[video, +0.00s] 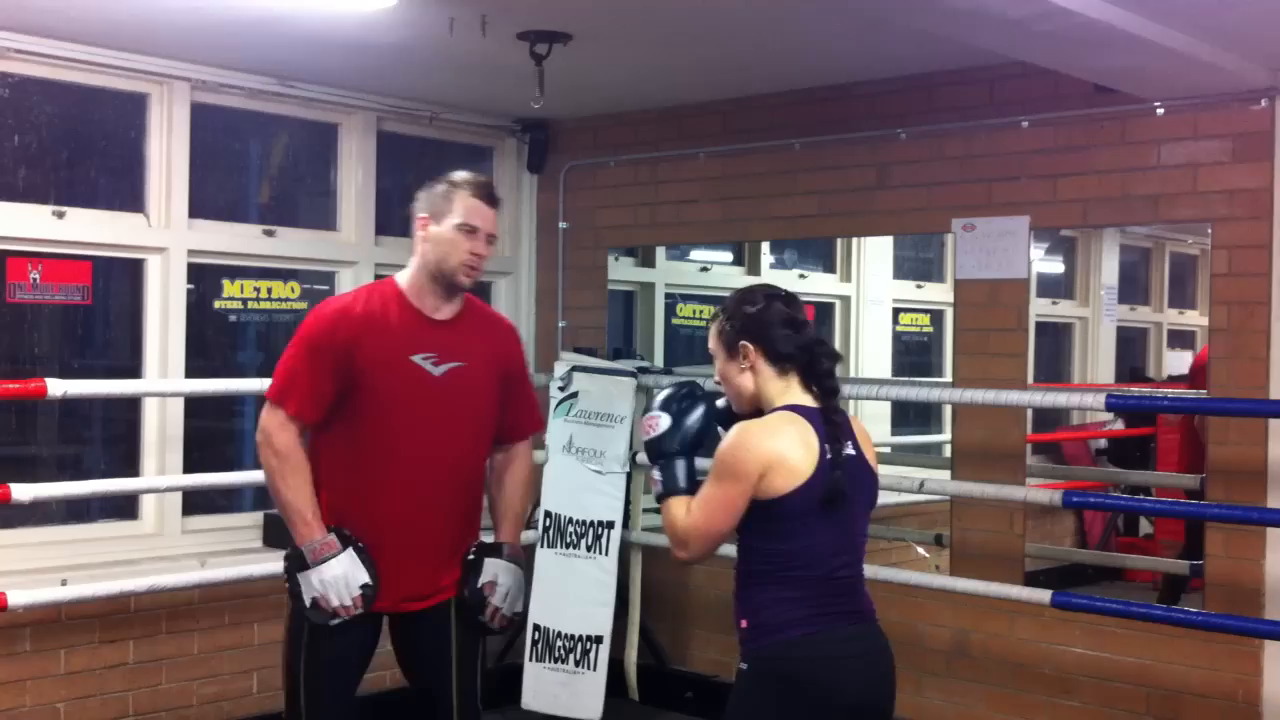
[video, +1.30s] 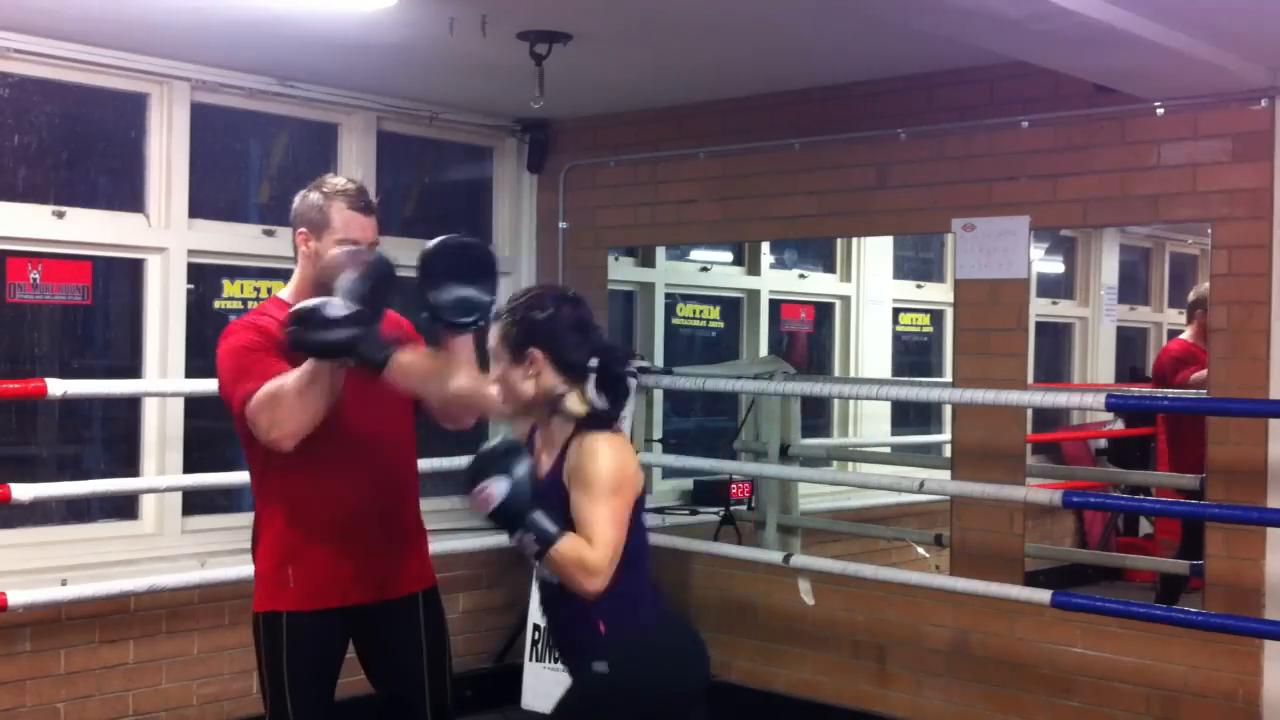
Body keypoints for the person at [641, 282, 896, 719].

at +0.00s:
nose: (715, 374)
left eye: (716, 358)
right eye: (712, 360)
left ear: (747, 356)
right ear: (797, 352)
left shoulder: (752, 442)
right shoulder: (856, 430)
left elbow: (687, 542)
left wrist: (668, 459)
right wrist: (738, 427)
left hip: (784, 672)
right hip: (863, 660)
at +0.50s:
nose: (729, 379)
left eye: (731, 362)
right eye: (727, 363)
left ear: (763, 360)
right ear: (809, 357)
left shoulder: (769, 443)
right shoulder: (858, 433)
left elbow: (705, 546)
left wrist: (689, 462)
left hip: (791, 676)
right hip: (864, 665)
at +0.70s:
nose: (701, 386)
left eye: (699, 370)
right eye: (697, 372)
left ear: (722, 363)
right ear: (774, 358)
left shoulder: (723, 437)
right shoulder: (814, 440)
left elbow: (629, 473)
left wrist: (619, 451)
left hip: (723, 662)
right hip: (800, 659)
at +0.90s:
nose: (651, 368)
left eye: (650, 357)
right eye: (648, 357)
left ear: (667, 354)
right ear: (725, 351)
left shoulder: (642, 423)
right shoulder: (772, 440)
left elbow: (525, 447)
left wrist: (533, 408)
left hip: (663, 649)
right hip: (746, 651)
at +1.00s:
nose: (632, 370)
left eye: (631, 359)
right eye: (630, 360)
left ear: (646, 357)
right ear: (708, 358)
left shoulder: (612, 421)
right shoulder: (749, 446)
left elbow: (501, 411)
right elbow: (746, 524)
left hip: (618, 654)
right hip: (708, 657)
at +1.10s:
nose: (582, 363)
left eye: (585, 354)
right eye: (584, 353)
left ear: (598, 364)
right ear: (654, 363)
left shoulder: (563, 422)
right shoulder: (696, 452)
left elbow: (492, 405)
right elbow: (738, 531)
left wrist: (509, 348)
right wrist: (696, 496)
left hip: (592, 669)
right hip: (680, 668)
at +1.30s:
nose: (493, 378)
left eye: (498, 363)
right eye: (492, 363)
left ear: (534, 364)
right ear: (536, 366)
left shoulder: (601, 449)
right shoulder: (540, 434)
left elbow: (592, 573)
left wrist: (523, 514)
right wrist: (506, 475)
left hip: (639, 674)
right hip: (599, 666)